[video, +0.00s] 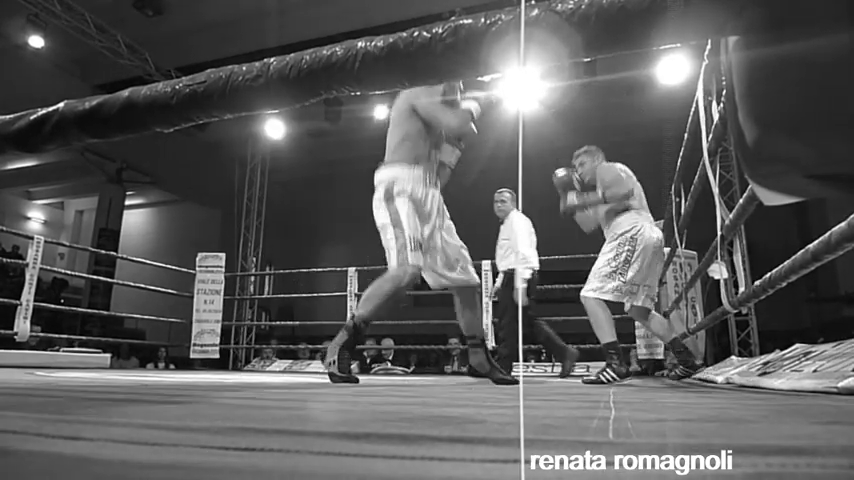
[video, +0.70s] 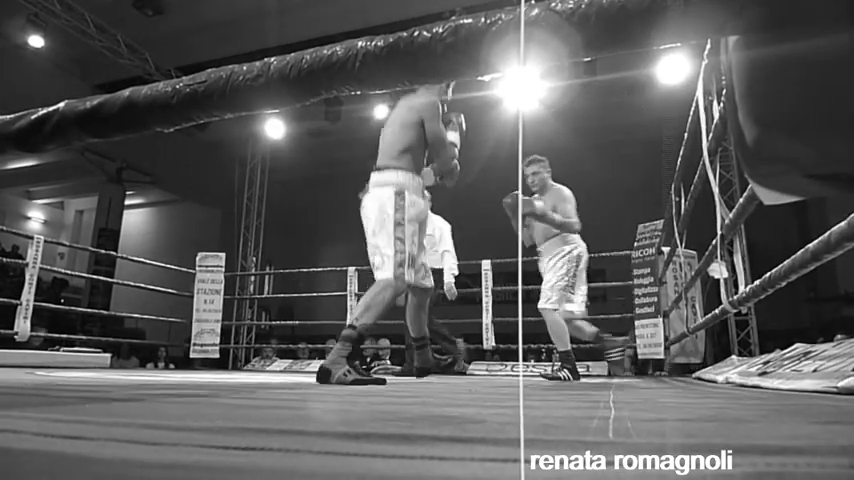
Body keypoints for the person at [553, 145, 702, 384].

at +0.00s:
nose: (579, 171)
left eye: (582, 164)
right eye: (576, 168)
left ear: (596, 159)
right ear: (576, 172)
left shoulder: (608, 168)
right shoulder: (593, 193)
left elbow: (622, 192)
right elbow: (588, 226)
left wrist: (579, 199)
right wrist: (567, 194)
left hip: (630, 235)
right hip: (652, 238)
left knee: (591, 295)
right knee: (638, 309)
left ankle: (616, 364)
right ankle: (686, 357)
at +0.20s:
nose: (578, 181)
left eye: (581, 174)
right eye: (576, 178)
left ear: (595, 171)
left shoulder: (606, 183)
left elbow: (610, 211)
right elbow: (608, 243)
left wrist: (577, 208)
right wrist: (580, 230)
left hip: (630, 245)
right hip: (647, 248)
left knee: (595, 304)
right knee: (641, 315)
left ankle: (616, 366)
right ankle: (688, 365)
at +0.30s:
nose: (577, 167)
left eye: (581, 161)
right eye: (574, 164)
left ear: (594, 159)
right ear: (573, 167)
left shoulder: (607, 174)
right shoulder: (586, 191)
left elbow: (617, 201)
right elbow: (589, 233)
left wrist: (580, 190)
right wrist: (568, 208)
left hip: (618, 239)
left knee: (585, 290)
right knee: (636, 308)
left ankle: (608, 358)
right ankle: (683, 356)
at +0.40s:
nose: (572, 170)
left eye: (576, 164)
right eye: (568, 167)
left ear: (589, 163)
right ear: (565, 170)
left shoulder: (602, 177)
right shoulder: (573, 196)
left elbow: (622, 199)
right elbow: (565, 231)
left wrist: (586, 187)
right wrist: (557, 203)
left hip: (613, 240)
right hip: (598, 247)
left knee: (578, 292)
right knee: (636, 307)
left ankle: (584, 361)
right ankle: (685, 355)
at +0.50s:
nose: (564, 177)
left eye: (568, 171)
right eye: (560, 173)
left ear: (580, 170)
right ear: (558, 177)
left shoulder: (597, 186)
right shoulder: (566, 204)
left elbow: (625, 208)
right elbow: (543, 232)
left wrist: (593, 194)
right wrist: (540, 204)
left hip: (605, 248)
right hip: (591, 255)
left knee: (568, 299)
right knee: (639, 309)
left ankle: (572, 366)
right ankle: (686, 357)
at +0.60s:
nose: (545, 181)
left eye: (549, 175)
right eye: (541, 177)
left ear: (561, 175)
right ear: (538, 180)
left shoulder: (575, 195)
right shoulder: (543, 205)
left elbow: (599, 227)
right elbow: (532, 238)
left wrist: (569, 211)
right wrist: (524, 211)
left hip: (582, 252)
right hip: (564, 259)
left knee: (551, 306)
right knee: (593, 318)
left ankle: (568, 368)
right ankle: (651, 345)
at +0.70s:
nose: (532, 179)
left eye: (536, 173)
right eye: (528, 175)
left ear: (548, 173)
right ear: (525, 179)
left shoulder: (561, 193)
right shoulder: (532, 202)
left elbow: (574, 225)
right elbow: (528, 240)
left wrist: (540, 215)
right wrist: (514, 215)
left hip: (568, 253)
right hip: (549, 258)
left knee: (548, 307)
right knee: (565, 318)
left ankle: (568, 366)